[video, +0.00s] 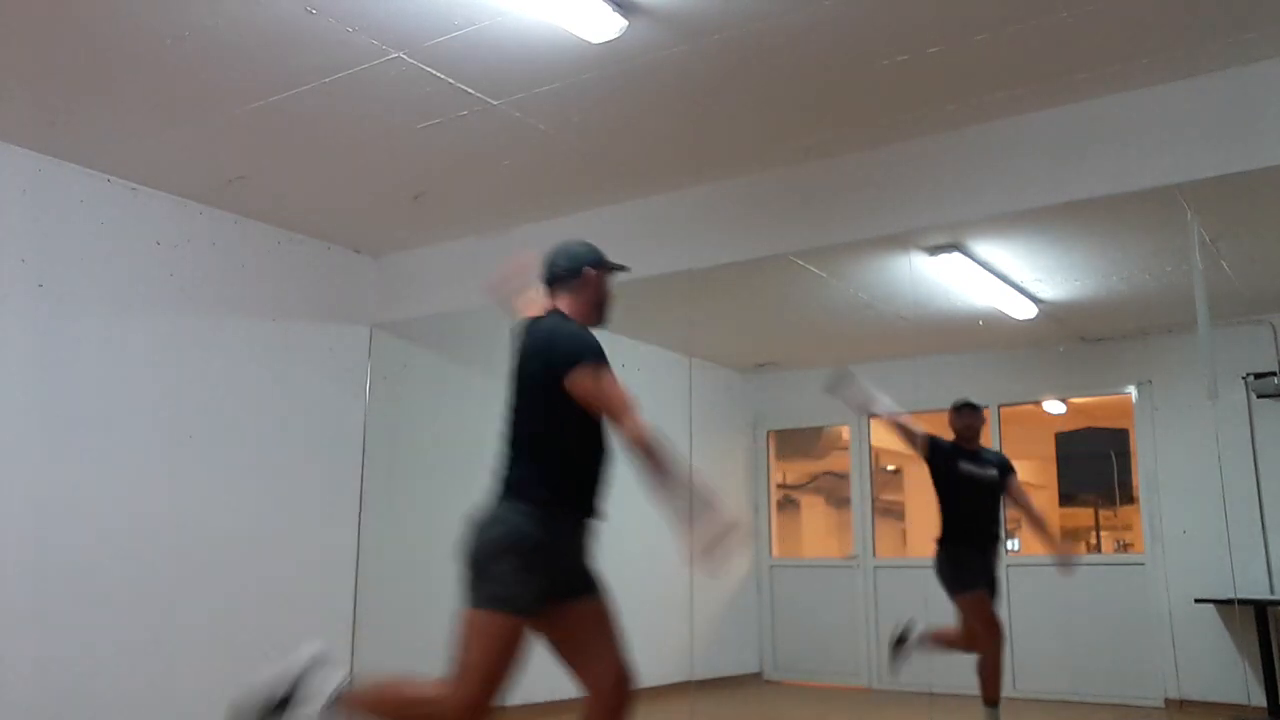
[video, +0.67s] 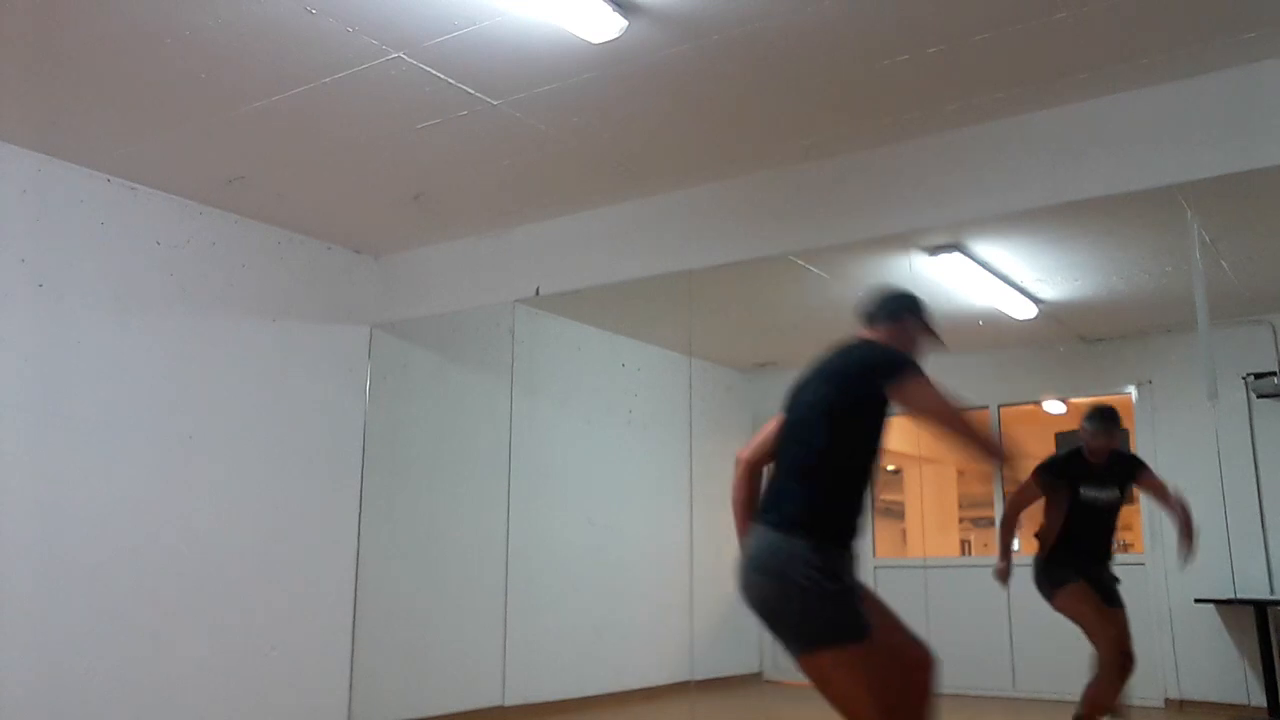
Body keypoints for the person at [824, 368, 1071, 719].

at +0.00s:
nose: (968, 427)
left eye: (973, 421)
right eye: (961, 421)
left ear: (983, 423)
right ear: (951, 424)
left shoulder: (998, 463)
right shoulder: (939, 452)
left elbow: (1026, 506)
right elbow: (900, 425)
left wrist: (1056, 547)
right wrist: (866, 402)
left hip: (984, 557)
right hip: (953, 556)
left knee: (973, 639)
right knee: (991, 636)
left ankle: (912, 639)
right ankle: (992, 712)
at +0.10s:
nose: (979, 415)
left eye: (986, 409)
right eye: (973, 409)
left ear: (996, 415)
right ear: (963, 414)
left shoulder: (1007, 455)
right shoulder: (958, 446)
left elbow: (1023, 504)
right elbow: (948, 392)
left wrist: (1036, 548)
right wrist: (942, 345)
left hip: (1005, 547)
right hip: (970, 548)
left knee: (1022, 630)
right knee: (998, 632)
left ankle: (971, 583)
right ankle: (993, 713)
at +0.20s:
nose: (1008, 383)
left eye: (1010, 377)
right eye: (1001, 379)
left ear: (1012, 384)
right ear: (985, 383)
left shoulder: (1018, 419)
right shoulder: (980, 413)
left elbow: (1017, 462)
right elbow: (1007, 370)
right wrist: (1037, 328)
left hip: (1016, 519)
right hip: (981, 519)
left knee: (1051, 596)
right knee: (975, 610)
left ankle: (999, 611)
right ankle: (967, 691)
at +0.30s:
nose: (1010, 365)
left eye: (1015, 360)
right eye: (1002, 361)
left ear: (1024, 367)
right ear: (992, 371)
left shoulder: (1026, 400)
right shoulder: (999, 401)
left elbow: (1048, 390)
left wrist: (1054, 373)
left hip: (1030, 510)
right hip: (995, 507)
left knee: (1078, 585)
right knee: (960, 587)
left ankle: (1091, 678)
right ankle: (904, 591)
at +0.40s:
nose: (1024, 369)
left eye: (1028, 364)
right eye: (1016, 367)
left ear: (1038, 373)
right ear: (1008, 380)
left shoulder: (1051, 405)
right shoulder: (1017, 418)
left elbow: (1068, 352)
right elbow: (1058, 442)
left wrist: (1077, 310)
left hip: (1047, 521)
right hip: (1011, 519)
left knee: (1090, 601)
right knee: (959, 588)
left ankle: (1105, 694)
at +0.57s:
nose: (1073, 414)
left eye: (1078, 407)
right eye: (1067, 409)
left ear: (1087, 408)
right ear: (1057, 413)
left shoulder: (1101, 444)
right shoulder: (1048, 453)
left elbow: (1126, 432)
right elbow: (1028, 509)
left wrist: (1143, 399)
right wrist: (1022, 558)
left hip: (1080, 556)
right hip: (1042, 556)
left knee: (1099, 646)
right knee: (1068, 627)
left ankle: (1078, 715)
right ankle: (1004, 646)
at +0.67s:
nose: (1099, 445)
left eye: (1106, 438)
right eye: (1092, 437)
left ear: (1117, 436)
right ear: (1082, 433)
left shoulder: (1126, 465)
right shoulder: (1060, 467)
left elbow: (1170, 500)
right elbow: (1014, 505)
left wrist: (1185, 532)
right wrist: (1004, 558)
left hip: (1097, 569)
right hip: (1057, 568)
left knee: (1122, 660)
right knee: (1109, 643)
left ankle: (1090, 712)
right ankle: (1093, 710)